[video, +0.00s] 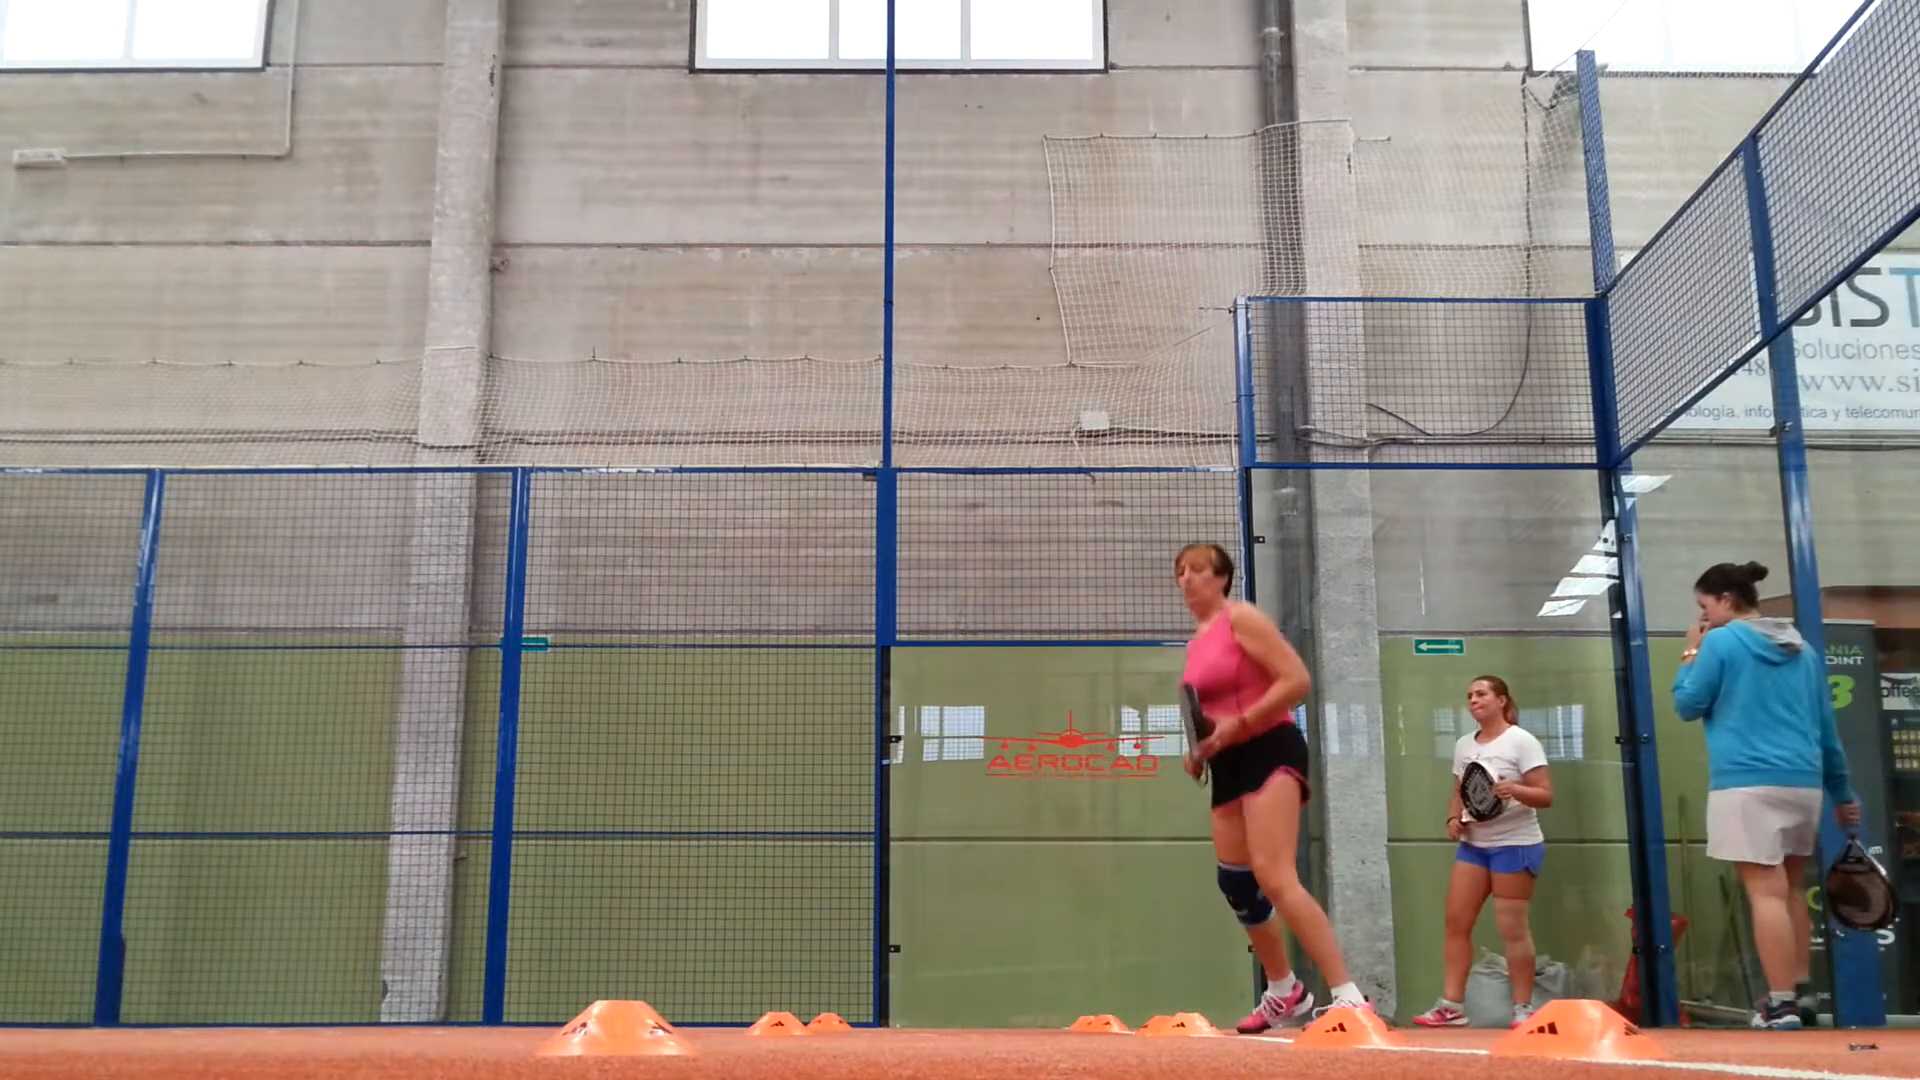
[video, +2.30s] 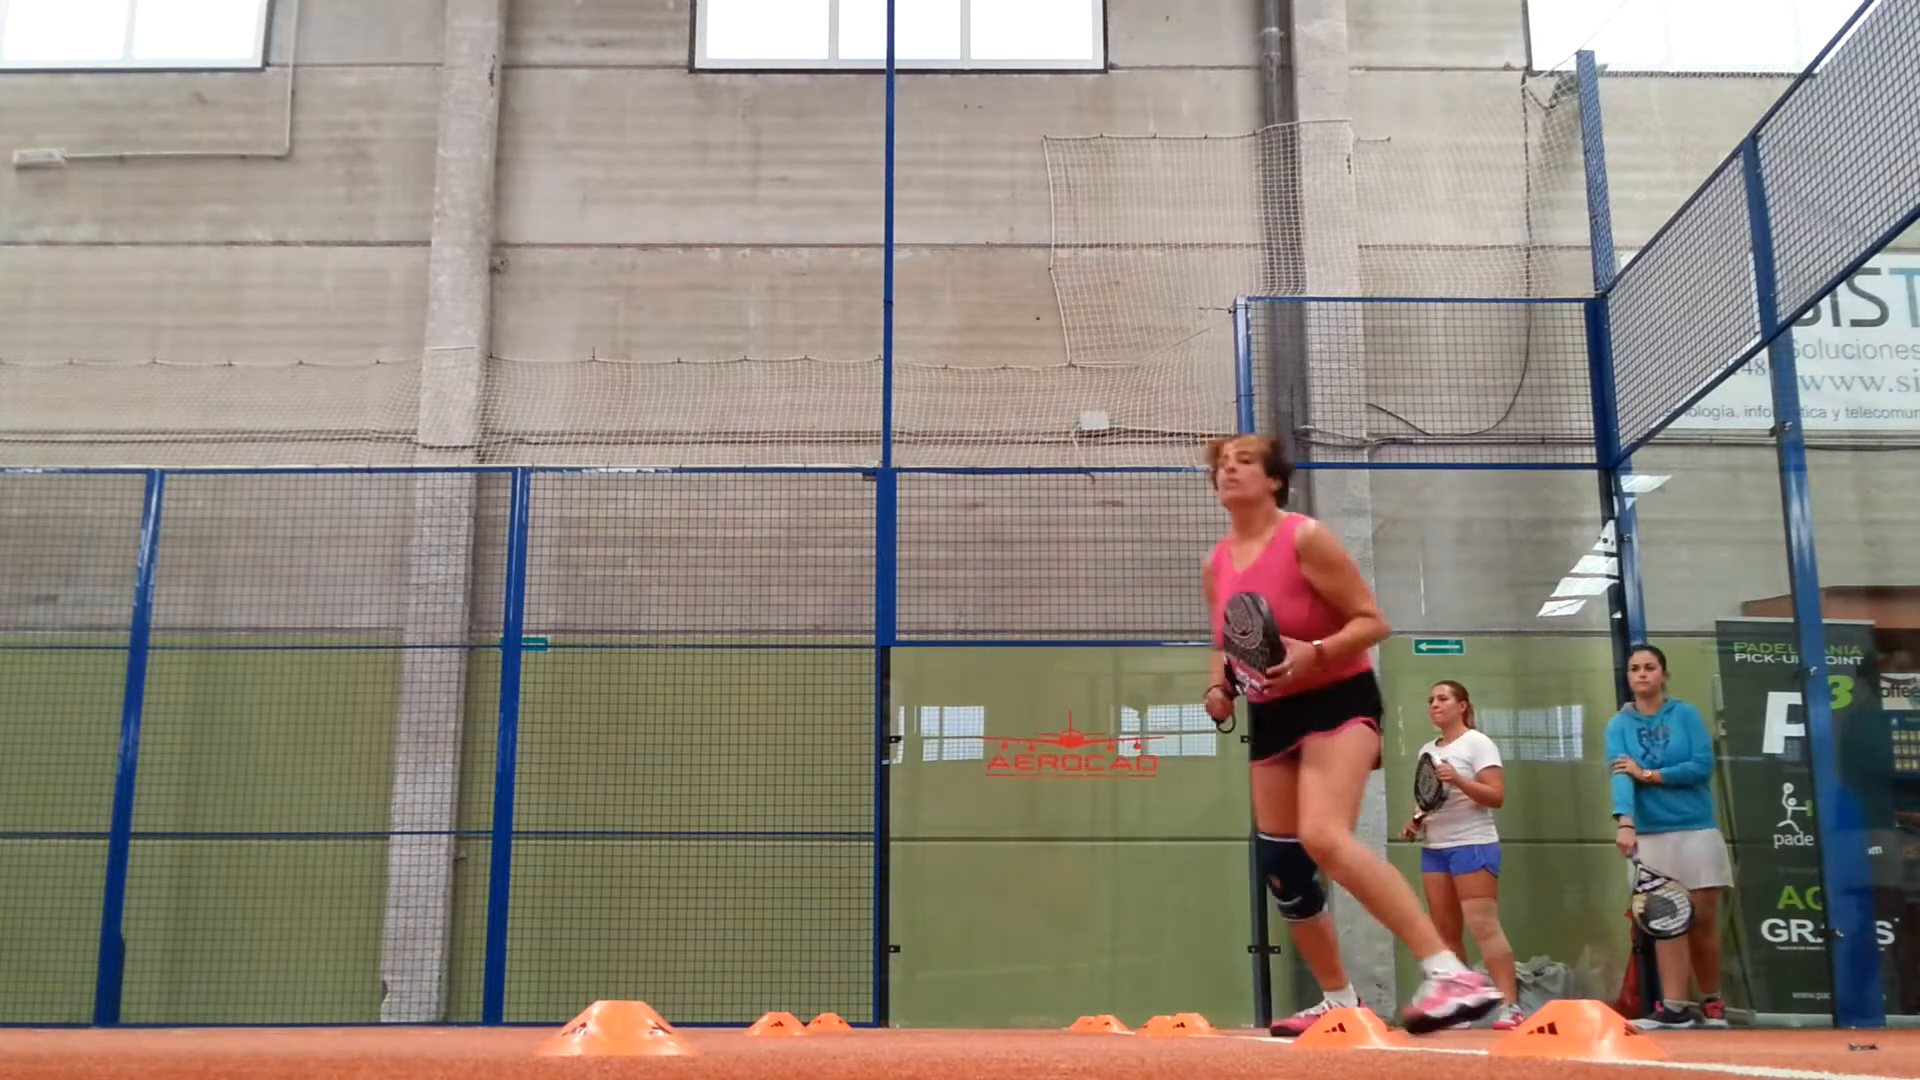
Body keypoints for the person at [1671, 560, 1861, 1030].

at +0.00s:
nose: (1702, 615)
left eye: (1704, 606)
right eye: (1700, 607)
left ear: (1725, 600)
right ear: (1747, 600)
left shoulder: (1722, 640)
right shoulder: (1803, 648)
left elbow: (1688, 703)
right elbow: (1826, 731)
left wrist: (1690, 657)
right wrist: (1842, 793)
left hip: (1748, 782)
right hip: (1804, 782)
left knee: (1766, 891)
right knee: (1792, 888)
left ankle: (1782, 1005)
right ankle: (1799, 994)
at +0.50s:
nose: (1675, 645)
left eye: (1677, 637)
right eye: (1674, 638)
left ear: (1697, 632)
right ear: (1715, 633)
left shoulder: (1692, 670)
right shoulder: (1764, 674)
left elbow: (1661, 727)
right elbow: (1785, 749)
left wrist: (1664, 682)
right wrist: (1796, 812)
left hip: (1709, 805)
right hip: (1767, 802)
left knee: (1696, 901)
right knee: (1751, 902)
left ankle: (1737, 957)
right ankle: (1752, 1009)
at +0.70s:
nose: (1663, 651)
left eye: (1665, 642)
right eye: (1661, 643)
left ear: (1686, 639)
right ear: (1703, 640)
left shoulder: (1684, 675)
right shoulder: (1749, 678)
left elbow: (1658, 733)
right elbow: (1764, 748)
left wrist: (1647, 697)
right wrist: (1760, 795)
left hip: (1697, 803)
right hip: (1752, 800)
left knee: (1683, 900)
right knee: (1743, 902)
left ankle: (1697, 1000)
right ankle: (1752, 1004)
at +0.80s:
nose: (1656, 657)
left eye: (1658, 648)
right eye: (1654, 649)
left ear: (1679, 644)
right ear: (1694, 645)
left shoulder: (1677, 682)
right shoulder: (1737, 682)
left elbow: (1660, 740)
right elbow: (1744, 743)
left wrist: (1638, 713)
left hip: (1691, 812)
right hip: (1744, 805)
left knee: (1683, 910)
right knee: (1738, 903)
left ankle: (1680, 1003)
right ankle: (1750, 1003)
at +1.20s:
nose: (1624, 665)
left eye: (1630, 657)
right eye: (1623, 658)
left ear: (1655, 656)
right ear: (1660, 659)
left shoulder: (1649, 696)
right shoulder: (1692, 696)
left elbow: (1638, 761)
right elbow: (1692, 756)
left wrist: (1620, 771)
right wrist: (1637, 764)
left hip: (1664, 819)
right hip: (1705, 816)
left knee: (1674, 916)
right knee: (1696, 907)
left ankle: (1680, 1010)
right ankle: (1722, 975)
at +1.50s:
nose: (1622, 673)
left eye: (1630, 665)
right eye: (1620, 667)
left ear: (1652, 668)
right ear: (1622, 671)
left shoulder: (1656, 705)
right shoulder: (1645, 708)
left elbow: (1636, 766)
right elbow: (1623, 776)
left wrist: (1612, 787)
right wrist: (1611, 830)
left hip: (1663, 819)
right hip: (1660, 819)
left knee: (1665, 914)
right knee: (1666, 915)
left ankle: (1678, 1008)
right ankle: (1674, 1006)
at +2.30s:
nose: (1642, 675)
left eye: (1649, 668)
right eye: (1635, 669)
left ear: (1664, 674)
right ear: (1627, 677)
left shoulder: (1686, 714)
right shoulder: (1620, 724)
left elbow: (1702, 766)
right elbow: (1620, 774)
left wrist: (1649, 775)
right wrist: (1625, 822)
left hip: (1695, 829)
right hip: (1650, 834)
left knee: (1703, 919)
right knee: (1664, 920)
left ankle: (1712, 1001)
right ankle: (1673, 1006)